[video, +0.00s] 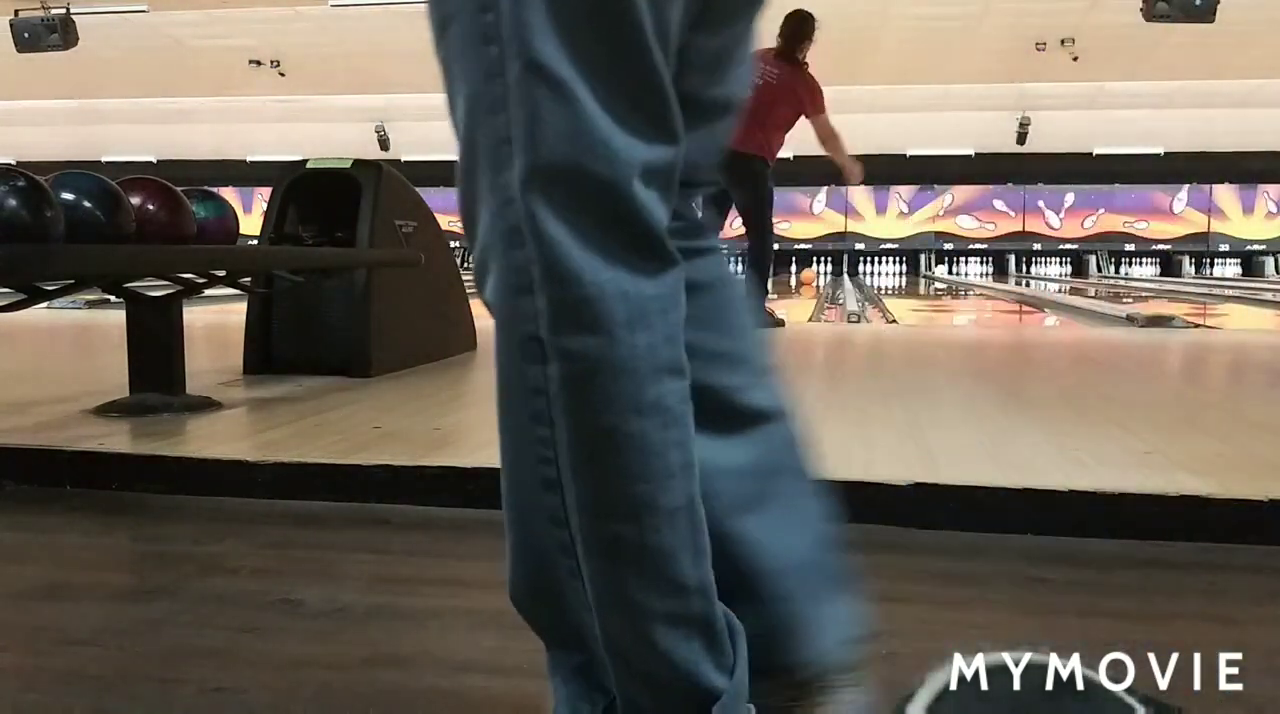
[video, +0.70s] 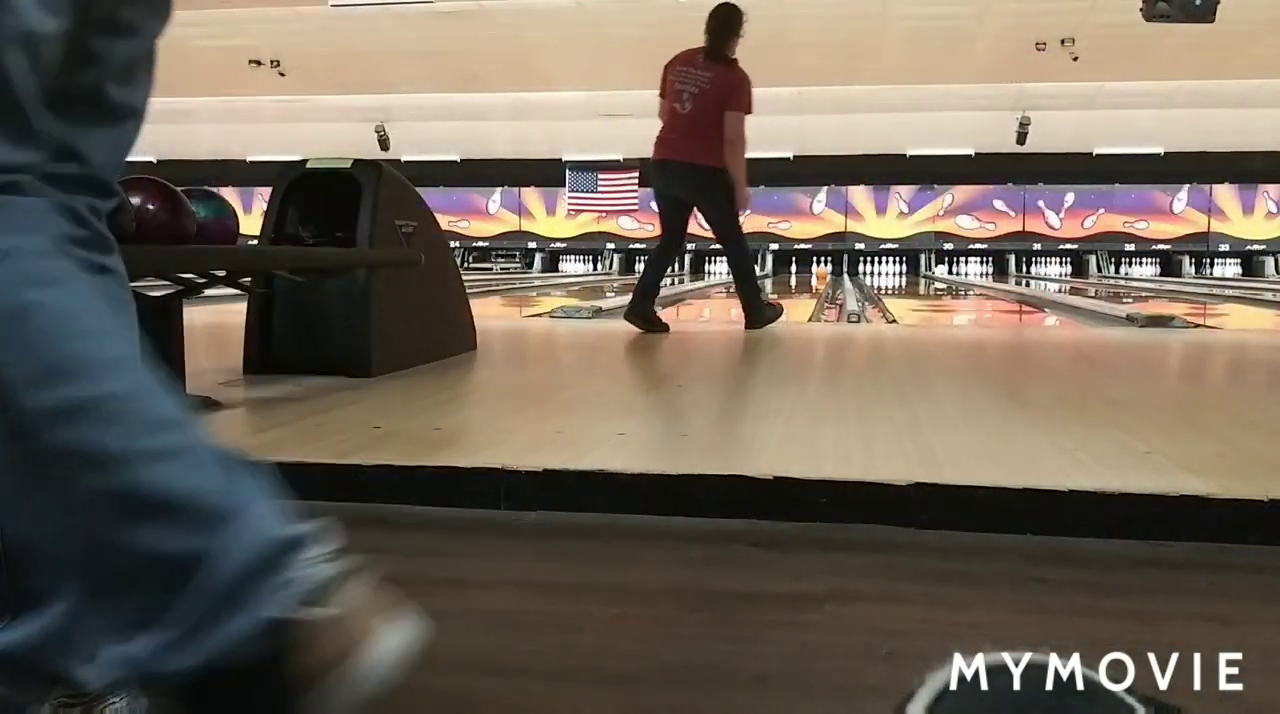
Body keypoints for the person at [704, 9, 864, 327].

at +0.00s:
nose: (809, 42)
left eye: (808, 35)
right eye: (810, 37)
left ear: (781, 32)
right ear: (808, 39)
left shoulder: (755, 58)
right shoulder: (804, 82)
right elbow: (825, 135)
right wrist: (847, 164)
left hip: (720, 153)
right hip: (751, 162)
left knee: (707, 229)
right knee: (760, 237)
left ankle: (683, 294)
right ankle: (755, 307)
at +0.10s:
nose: (808, 37)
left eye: (807, 31)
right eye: (809, 32)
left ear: (779, 29)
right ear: (805, 35)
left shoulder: (748, 56)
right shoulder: (804, 77)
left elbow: (735, 93)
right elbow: (840, 113)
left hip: (713, 152)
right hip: (750, 160)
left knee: (709, 225)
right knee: (760, 234)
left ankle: (689, 298)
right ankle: (754, 311)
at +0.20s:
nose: (804, 31)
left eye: (799, 25)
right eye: (805, 27)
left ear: (775, 25)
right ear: (803, 31)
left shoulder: (745, 53)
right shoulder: (804, 72)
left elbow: (729, 91)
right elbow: (841, 96)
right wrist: (856, 71)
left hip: (713, 150)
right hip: (751, 158)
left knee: (706, 225)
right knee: (760, 234)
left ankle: (683, 300)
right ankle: (754, 311)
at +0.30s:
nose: (798, 30)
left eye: (796, 24)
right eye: (798, 25)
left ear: (767, 24)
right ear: (795, 29)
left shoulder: (737, 52)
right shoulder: (797, 69)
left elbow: (718, 98)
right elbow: (834, 89)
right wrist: (834, 48)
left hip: (709, 151)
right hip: (748, 159)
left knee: (702, 226)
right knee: (759, 234)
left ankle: (674, 296)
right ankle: (758, 311)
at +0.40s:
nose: (789, 29)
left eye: (785, 23)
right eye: (788, 24)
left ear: (757, 23)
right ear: (786, 29)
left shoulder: (727, 53)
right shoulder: (787, 71)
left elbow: (711, 101)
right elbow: (821, 98)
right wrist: (811, 57)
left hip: (703, 153)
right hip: (743, 161)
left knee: (698, 225)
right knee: (754, 235)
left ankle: (664, 288)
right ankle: (757, 312)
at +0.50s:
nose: (773, 31)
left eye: (769, 24)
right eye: (774, 25)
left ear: (744, 24)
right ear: (773, 29)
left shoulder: (715, 54)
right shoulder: (776, 73)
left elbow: (701, 102)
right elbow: (797, 121)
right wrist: (795, 102)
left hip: (694, 154)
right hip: (734, 162)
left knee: (691, 229)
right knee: (750, 236)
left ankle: (655, 284)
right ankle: (757, 311)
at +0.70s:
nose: (740, 35)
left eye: (737, 29)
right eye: (740, 30)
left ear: (708, 28)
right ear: (737, 33)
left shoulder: (678, 62)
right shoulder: (735, 78)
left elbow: (665, 114)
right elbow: (733, 138)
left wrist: (691, 135)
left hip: (666, 167)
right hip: (706, 172)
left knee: (670, 239)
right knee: (734, 242)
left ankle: (640, 305)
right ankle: (755, 310)